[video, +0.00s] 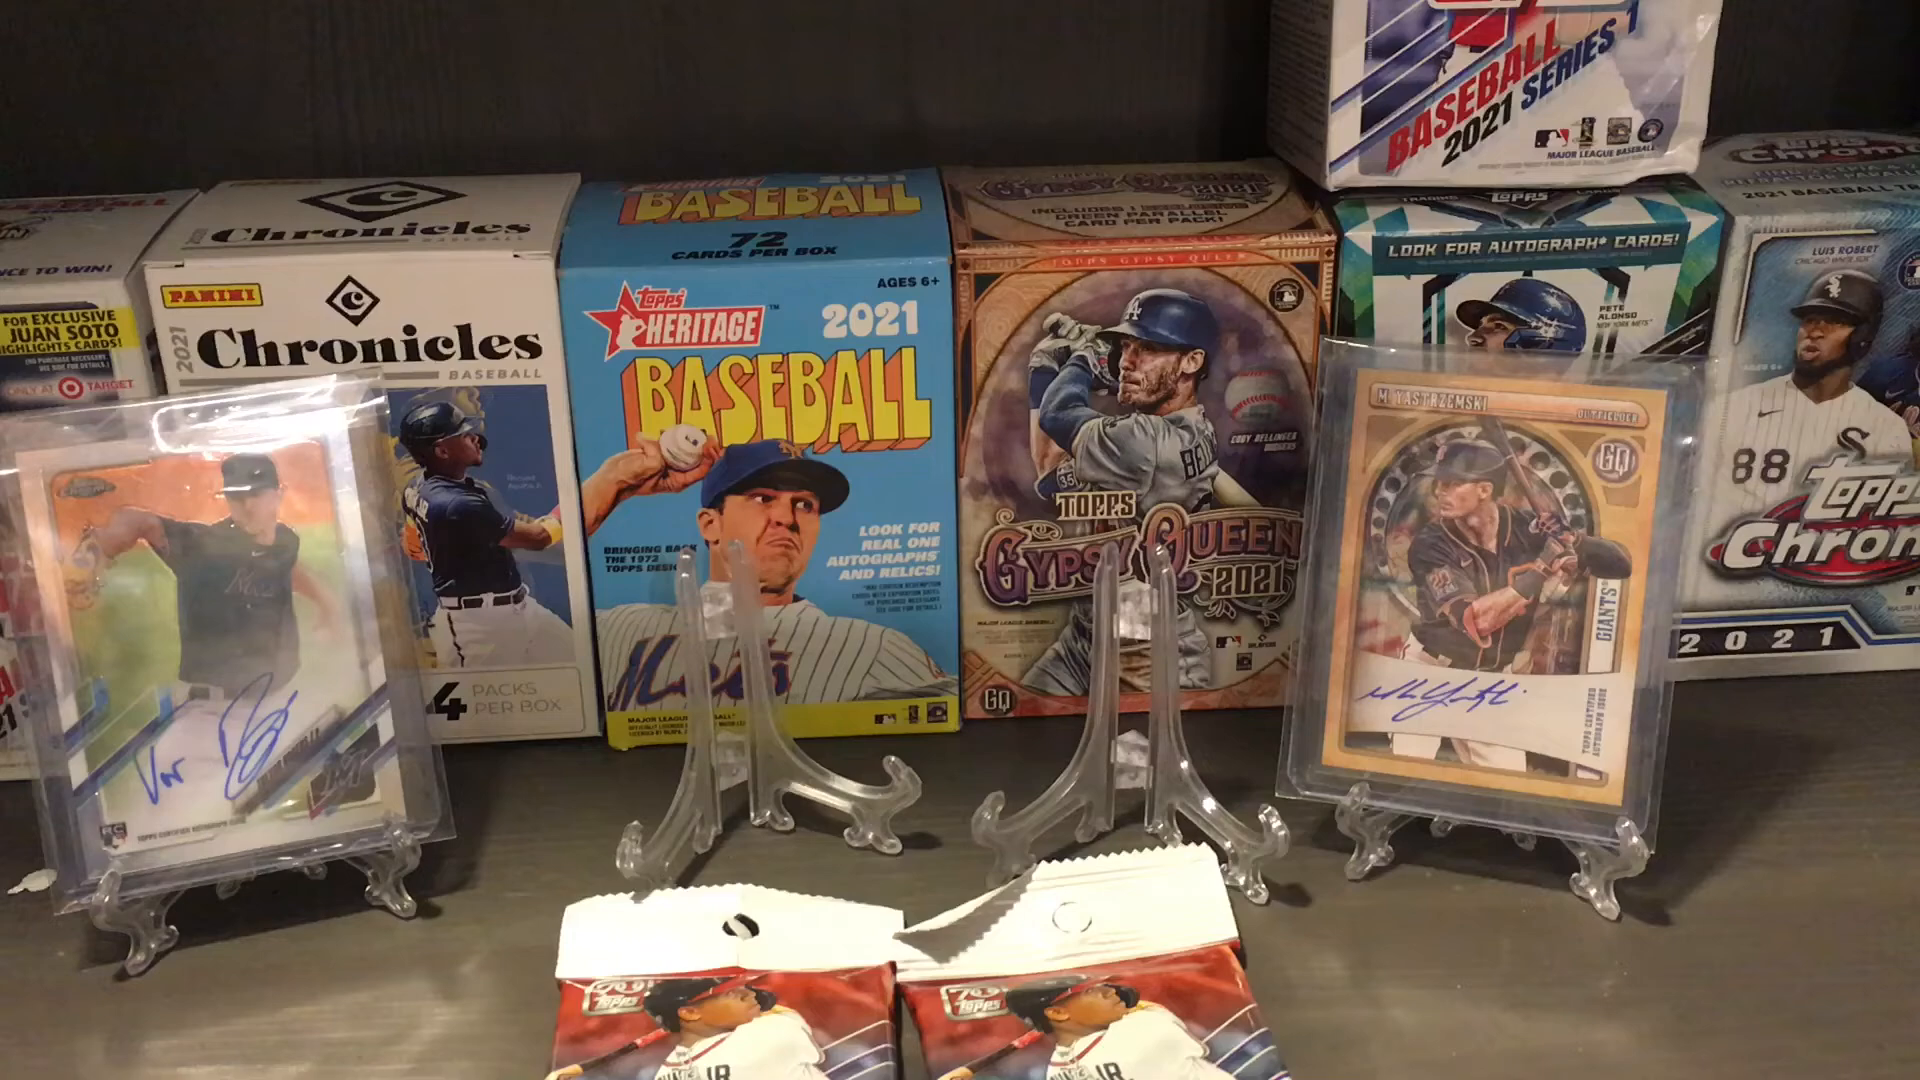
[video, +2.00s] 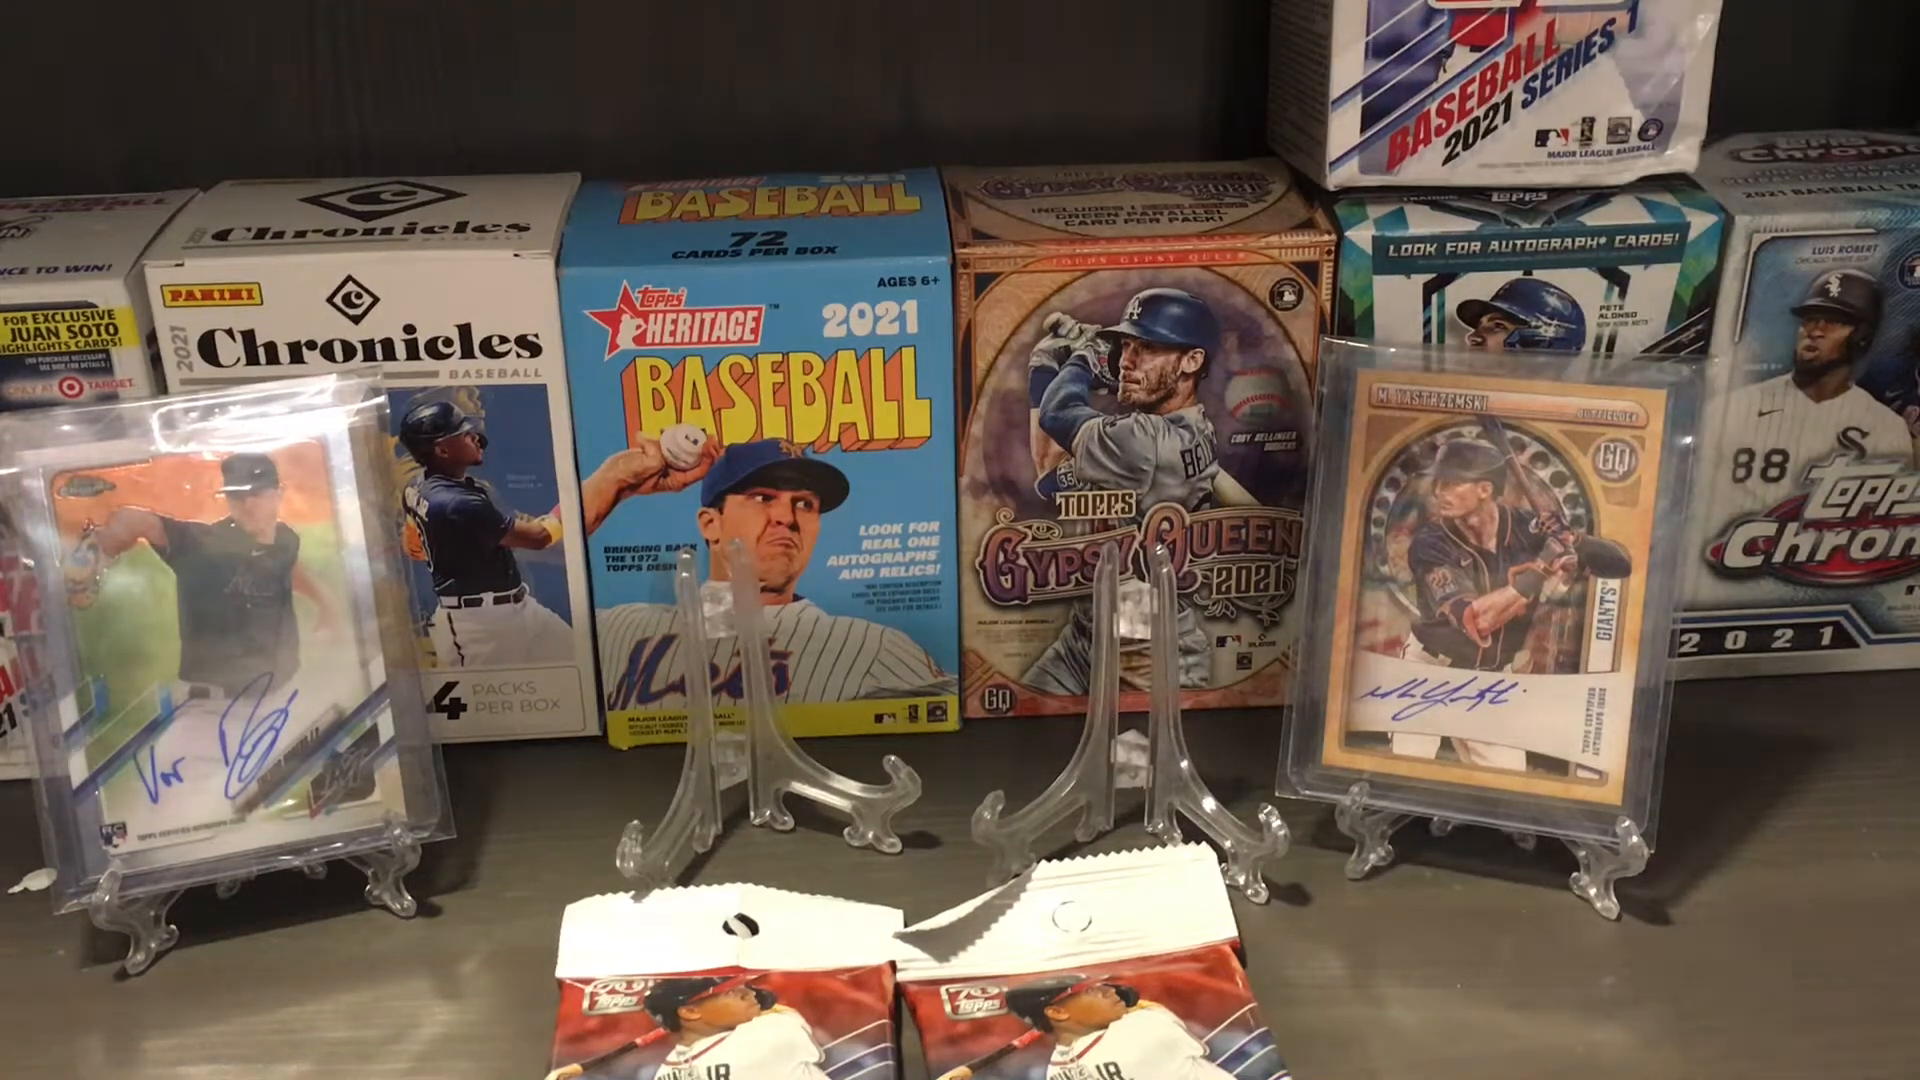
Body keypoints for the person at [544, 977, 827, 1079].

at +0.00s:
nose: (745, 993)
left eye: (735, 986)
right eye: (727, 993)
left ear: (690, 1015)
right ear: (691, 1014)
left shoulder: (665, 1073)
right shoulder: (777, 1035)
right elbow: (781, 1009)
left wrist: (579, 1072)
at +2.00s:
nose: (744, 993)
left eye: (733, 987)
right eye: (726, 993)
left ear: (690, 1015)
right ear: (692, 1014)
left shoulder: (666, 1071)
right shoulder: (778, 1034)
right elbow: (778, 1007)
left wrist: (577, 1072)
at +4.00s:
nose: (743, 993)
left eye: (733, 987)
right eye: (725, 993)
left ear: (690, 1015)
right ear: (692, 1014)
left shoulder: (666, 1071)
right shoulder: (778, 1034)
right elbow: (781, 1009)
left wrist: (576, 1072)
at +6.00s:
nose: (746, 993)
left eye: (737, 987)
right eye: (728, 993)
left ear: (689, 1015)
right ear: (691, 1015)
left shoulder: (665, 1072)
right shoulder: (780, 1033)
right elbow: (777, 1007)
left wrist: (578, 1072)